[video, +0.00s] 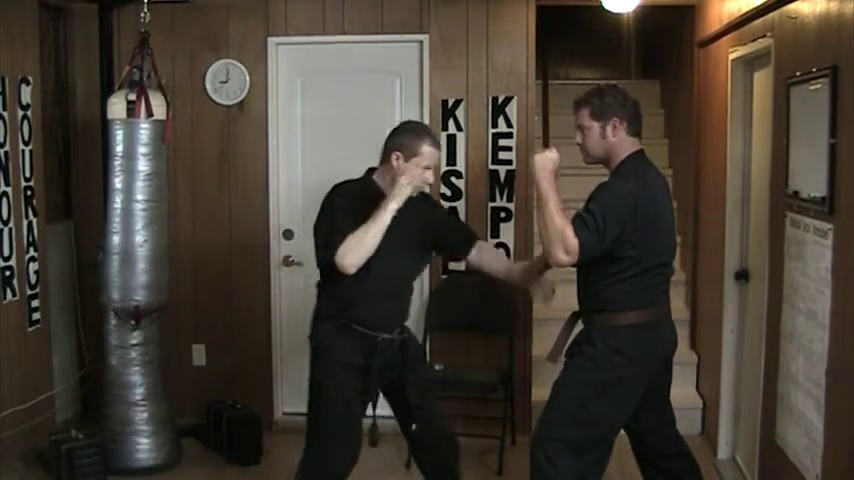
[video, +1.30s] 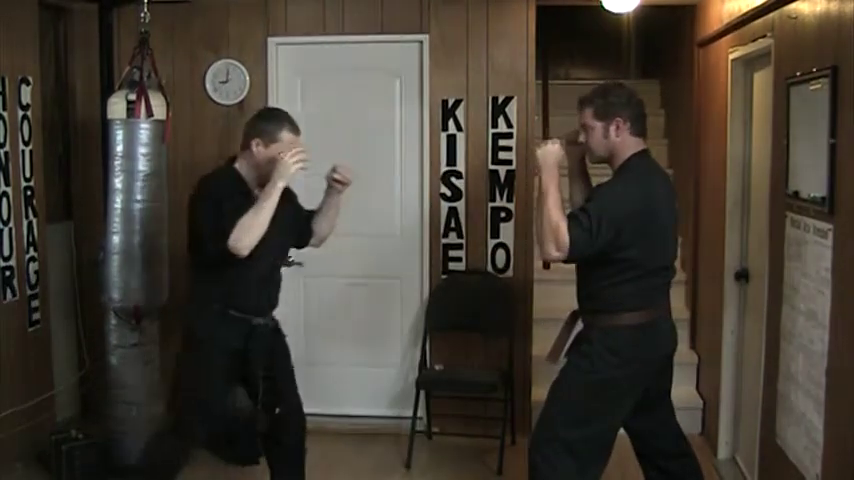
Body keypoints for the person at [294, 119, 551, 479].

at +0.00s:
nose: (430, 179)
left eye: (434, 170)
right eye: (425, 168)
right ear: (395, 159)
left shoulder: (425, 211)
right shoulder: (346, 197)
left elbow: (474, 249)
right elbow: (347, 260)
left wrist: (519, 273)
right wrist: (394, 200)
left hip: (396, 343)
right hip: (341, 342)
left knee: (439, 449)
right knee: (332, 454)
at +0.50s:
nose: (398, 169)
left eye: (400, 160)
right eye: (390, 159)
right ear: (359, 153)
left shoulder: (386, 204)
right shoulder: (319, 199)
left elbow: (425, 253)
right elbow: (337, 263)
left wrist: (468, 263)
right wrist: (379, 203)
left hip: (380, 341)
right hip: (329, 342)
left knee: (426, 443)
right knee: (328, 454)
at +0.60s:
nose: (377, 163)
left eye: (379, 155)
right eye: (370, 153)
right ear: (339, 147)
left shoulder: (356, 197)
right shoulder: (298, 194)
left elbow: (390, 245)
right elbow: (321, 256)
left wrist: (427, 232)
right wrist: (365, 194)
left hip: (359, 338)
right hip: (311, 340)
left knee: (405, 445)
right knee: (312, 454)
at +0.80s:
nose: (346, 156)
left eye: (349, 148)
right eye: (341, 145)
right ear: (313, 140)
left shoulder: (328, 187)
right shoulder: (270, 187)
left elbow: (369, 232)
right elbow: (295, 244)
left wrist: (391, 190)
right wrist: (332, 180)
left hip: (329, 329)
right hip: (283, 330)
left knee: (348, 425)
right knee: (294, 438)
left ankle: (333, 478)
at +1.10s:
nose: (322, 159)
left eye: (325, 152)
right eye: (316, 149)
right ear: (289, 143)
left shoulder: (309, 189)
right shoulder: (246, 181)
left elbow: (347, 234)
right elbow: (259, 241)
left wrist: (373, 198)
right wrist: (300, 182)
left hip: (288, 328)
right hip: (243, 328)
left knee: (295, 433)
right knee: (243, 437)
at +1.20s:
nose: (307, 161)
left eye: (310, 153)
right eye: (301, 151)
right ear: (273, 144)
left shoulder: (294, 191)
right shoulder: (231, 185)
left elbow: (331, 234)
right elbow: (249, 241)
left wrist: (354, 195)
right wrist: (291, 183)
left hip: (275, 327)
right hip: (228, 328)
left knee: (291, 430)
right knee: (221, 432)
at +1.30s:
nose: (288, 162)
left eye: (292, 154)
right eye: (284, 152)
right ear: (256, 147)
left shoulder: (273, 193)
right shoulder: (214, 188)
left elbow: (312, 235)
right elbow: (239, 243)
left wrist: (333, 195)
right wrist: (276, 184)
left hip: (261, 329)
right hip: (213, 328)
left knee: (288, 428)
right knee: (187, 427)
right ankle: (145, 476)